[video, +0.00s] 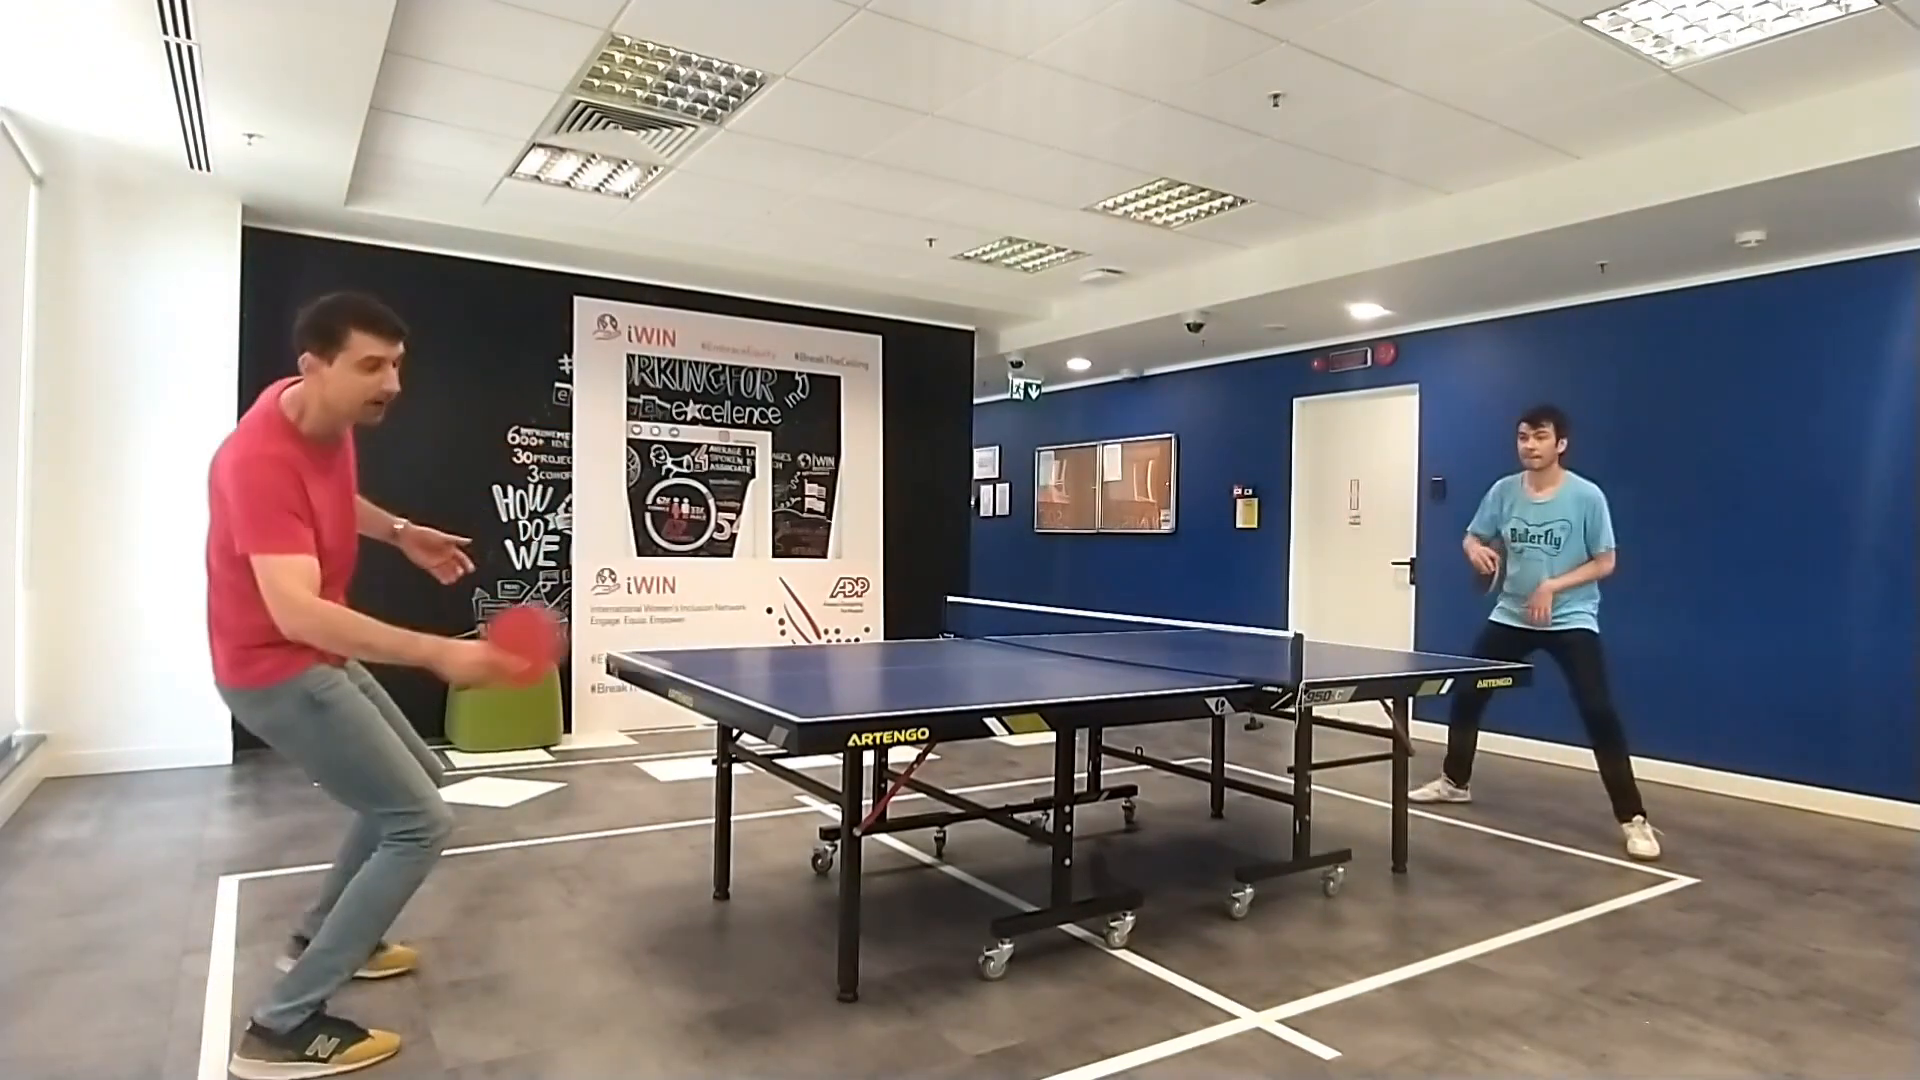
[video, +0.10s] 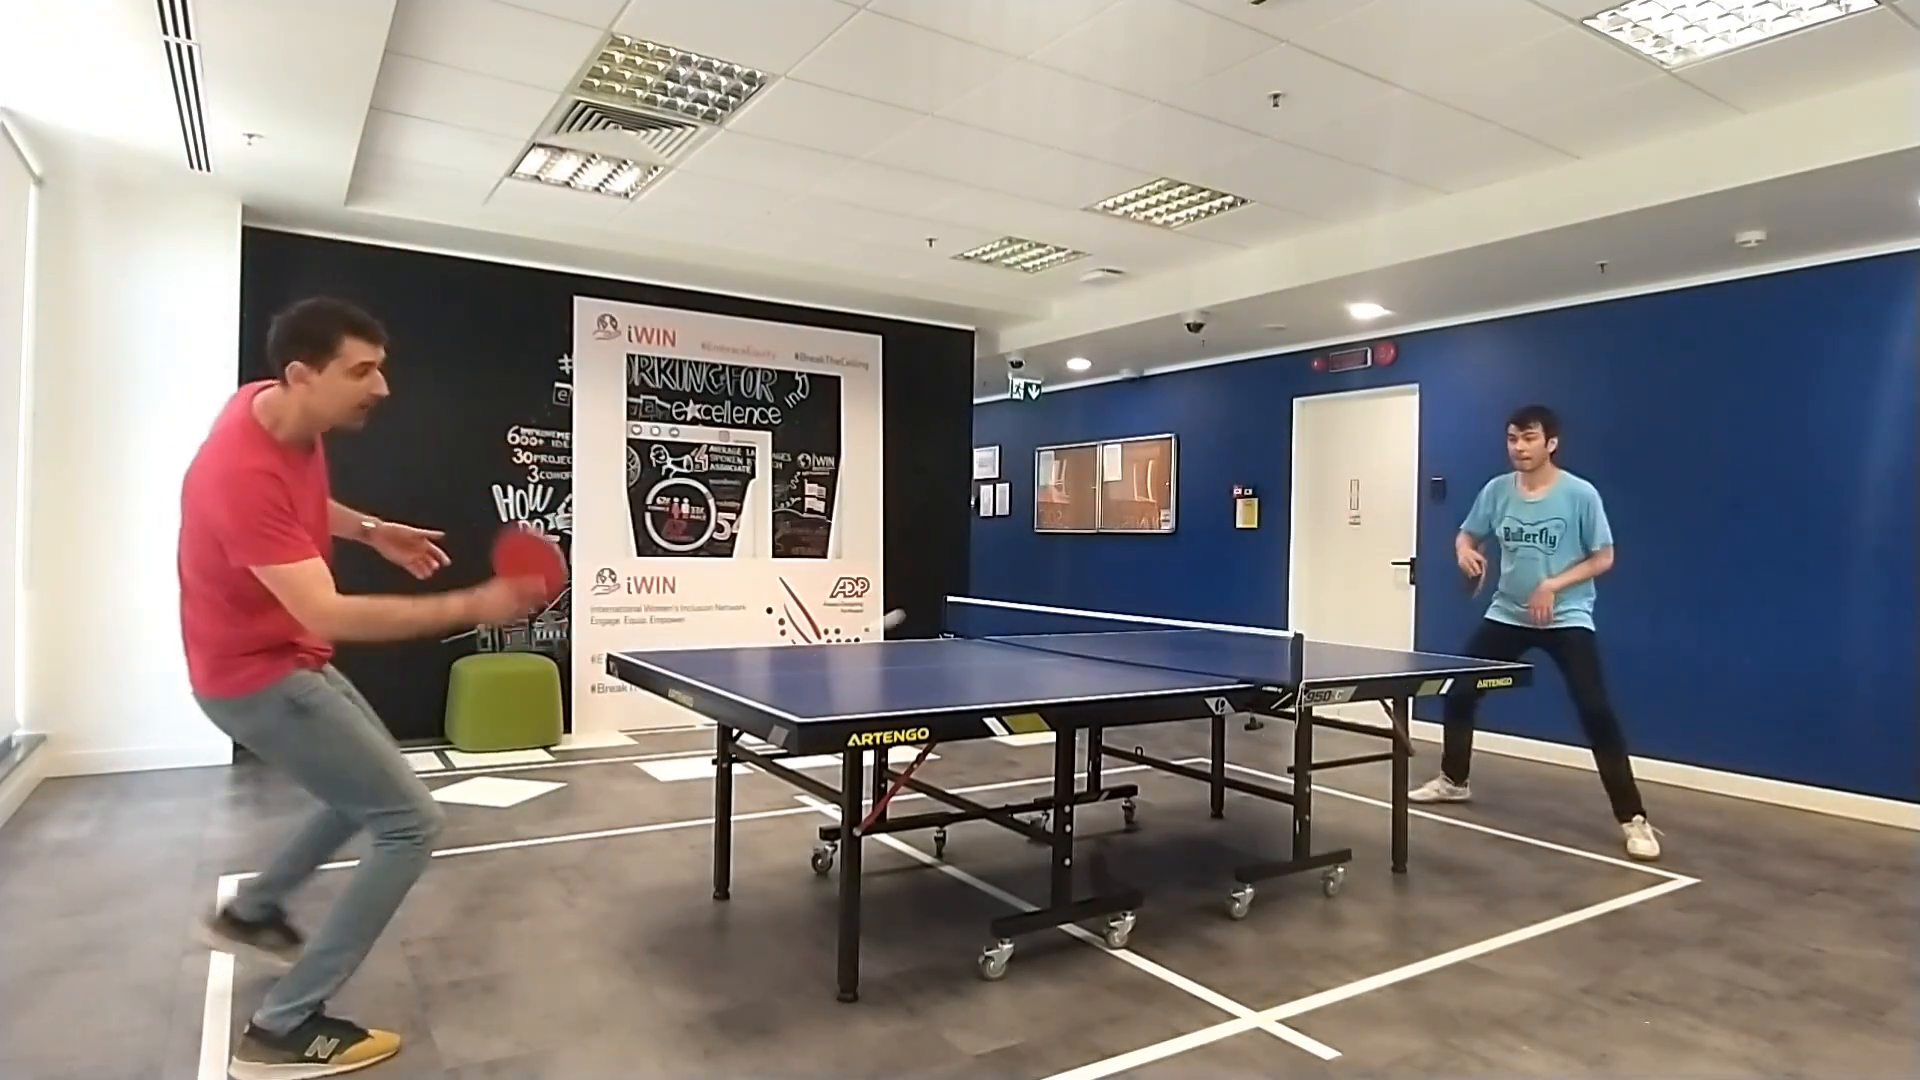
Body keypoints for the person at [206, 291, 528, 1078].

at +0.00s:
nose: (390, 384)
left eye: (394, 367)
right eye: (372, 367)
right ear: (313, 367)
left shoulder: (323, 415)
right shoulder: (262, 461)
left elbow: (327, 500)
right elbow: (298, 614)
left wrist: (401, 532)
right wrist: (441, 653)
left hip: (321, 649)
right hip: (277, 672)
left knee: (419, 783)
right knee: (416, 825)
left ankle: (330, 935)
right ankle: (285, 1021)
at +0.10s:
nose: (379, 389)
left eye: (379, 371)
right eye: (363, 372)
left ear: (307, 374)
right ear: (300, 375)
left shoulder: (284, 413)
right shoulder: (245, 478)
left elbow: (293, 504)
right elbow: (324, 615)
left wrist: (369, 530)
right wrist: (473, 606)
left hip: (291, 652)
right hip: (256, 676)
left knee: (370, 782)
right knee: (409, 824)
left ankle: (252, 905)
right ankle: (286, 1021)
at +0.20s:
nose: (354, 374)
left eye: (353, 358)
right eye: (339, 358)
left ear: (275, 366)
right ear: (276, 364)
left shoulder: (238, 412)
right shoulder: (221, 464)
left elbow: (258, 505)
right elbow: (316, 595)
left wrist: (340, 523)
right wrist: (453, 555)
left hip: (237, 660)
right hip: (233, 676)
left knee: (322, 794)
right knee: (388, 818)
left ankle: (150, 883)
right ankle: (285, 1021)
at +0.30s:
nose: (319, 357)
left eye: (317, 340)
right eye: (304, 341)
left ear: (248, 350)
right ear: (246, 348)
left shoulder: (215, 412)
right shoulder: (184, 442)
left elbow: (223, 505)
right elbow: (264, 581)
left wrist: (310, 521)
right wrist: (399, 535)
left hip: (195, 655)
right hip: (195, 665)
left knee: (243, 808)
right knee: (357, 809)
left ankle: (59, 900)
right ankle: (283, 1022)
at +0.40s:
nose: (289, 356)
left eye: (287, 340)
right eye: (275, 340)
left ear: (223, 351)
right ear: (219, 347)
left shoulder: (199, 423)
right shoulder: (136, 432)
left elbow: (207, 510)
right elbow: (186, 574)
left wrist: (291, 526)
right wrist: (332, 544)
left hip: (156, 657)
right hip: (135, 664)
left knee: (151, 818)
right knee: (303, 800)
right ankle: (278, 1021)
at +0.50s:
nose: (268, 353)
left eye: (265, 337)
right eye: (254, 337)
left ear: (205, 350)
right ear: (198, 346)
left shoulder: (192, 425)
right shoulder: (105, 427)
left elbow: (181, 508)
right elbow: (108, 571)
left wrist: (277, 539)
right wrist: (261, 568)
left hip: (107, 650)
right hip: (68, 656)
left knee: (111, 818)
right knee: (230, 795)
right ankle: (253, 1023)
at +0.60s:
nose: (250, 323)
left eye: (247, 308)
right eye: (236, 308)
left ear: (188, 319)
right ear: (181, 315)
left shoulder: (169, 399)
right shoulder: (88, 399)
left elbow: (151, 489)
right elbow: (70, 548)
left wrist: (242, 523)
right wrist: (227, 578)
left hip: (91, 629)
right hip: (51, 633)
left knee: (88, 800)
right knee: (185, 796)